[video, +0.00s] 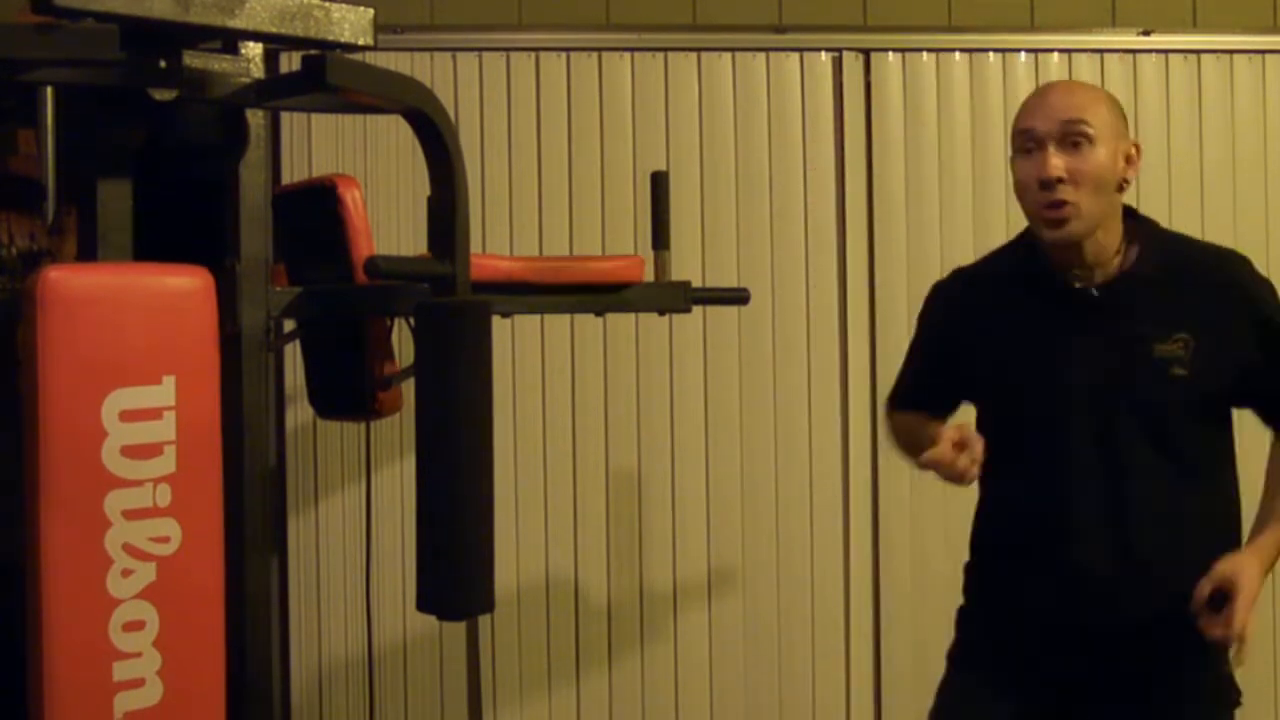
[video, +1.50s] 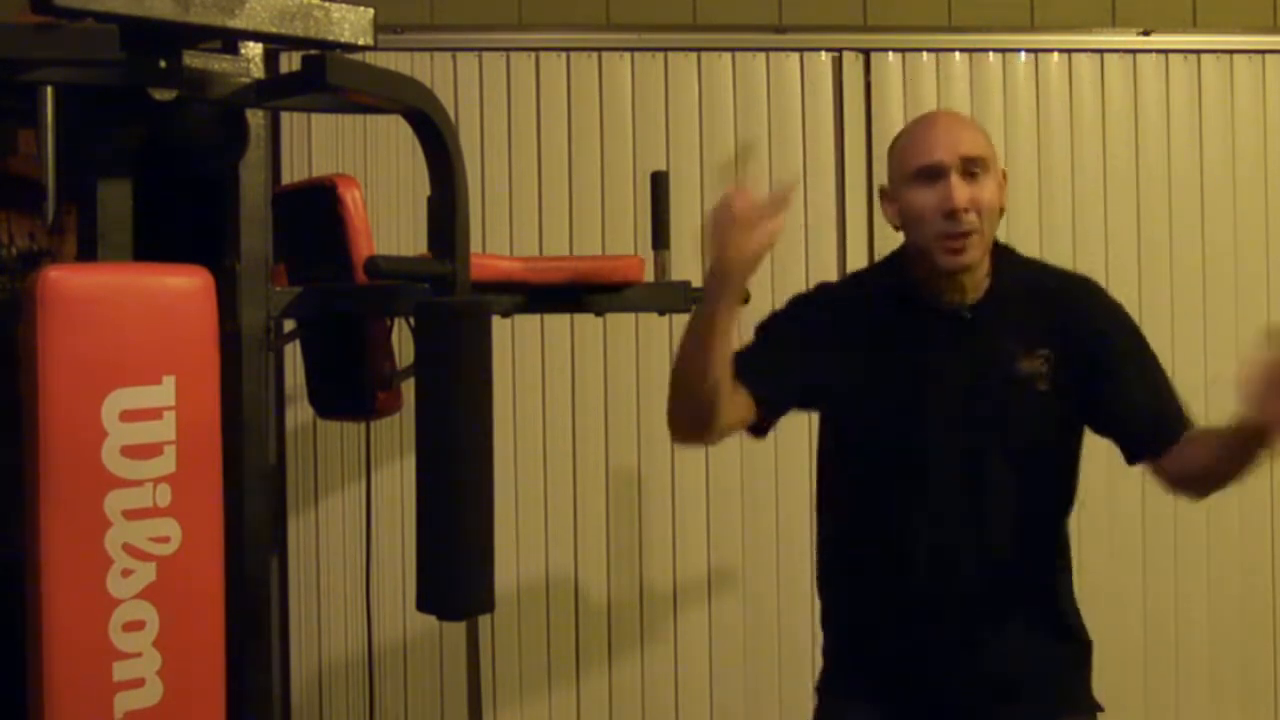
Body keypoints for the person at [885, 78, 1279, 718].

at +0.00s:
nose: (1049, 168)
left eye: (1075, 142)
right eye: (1029, 148)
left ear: (1128, 162)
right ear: (1011, 170)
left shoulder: (1218, 289)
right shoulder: (968, 302)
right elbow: (907, 409)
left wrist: (1259, 553)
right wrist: (938, 446)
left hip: (1170, 660)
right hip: (1010, 655)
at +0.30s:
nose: (978, 146)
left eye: (1004, 119)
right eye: (960, 124)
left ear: (1057, 136)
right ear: (944, 143)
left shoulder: (1136, 271)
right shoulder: (906, 293)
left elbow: (1191, 450)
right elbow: (857, 467)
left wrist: (1168, 576)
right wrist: (870, 538)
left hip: (1101, 639)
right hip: (952, 637)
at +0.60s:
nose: (959, 133)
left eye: (984, 106)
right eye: (941, 113)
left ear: (1037, 124)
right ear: (926, 132)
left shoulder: (1112, 233)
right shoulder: (904, 262)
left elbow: (1219, 304)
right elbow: (801, 339)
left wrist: (1176, 181)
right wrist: (818, 188)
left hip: (1098, 628)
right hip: (945, 628)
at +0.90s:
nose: (1019, 140)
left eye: (1038, 115)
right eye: (994, 122)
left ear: (1079, 132)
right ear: (965, 149)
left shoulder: (1154, 274)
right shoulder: (915, 293)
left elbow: (1193, 462)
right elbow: (875, 458)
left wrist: (1200, 643)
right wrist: (872, 604)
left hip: (1120, 636)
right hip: (964, 635)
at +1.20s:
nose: (961, 121)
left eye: (978, 100)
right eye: (934, 106)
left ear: (1010, 129)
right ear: (900, 146)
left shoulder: (1082, 268)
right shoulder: (851, 273)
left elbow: (1127, 452)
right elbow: (747, 436)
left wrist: (1125, 638)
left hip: (1026, 634)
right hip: (872, 634)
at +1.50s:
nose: (957, 198)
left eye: (973, 173)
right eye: (930, 179)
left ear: (1001, 190)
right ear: (891, 204)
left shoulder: (1070, 314)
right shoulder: (835, 320)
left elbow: (1183, 465)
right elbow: (694, 421)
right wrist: (723, 284)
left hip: (1032, 679)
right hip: (876, 682)